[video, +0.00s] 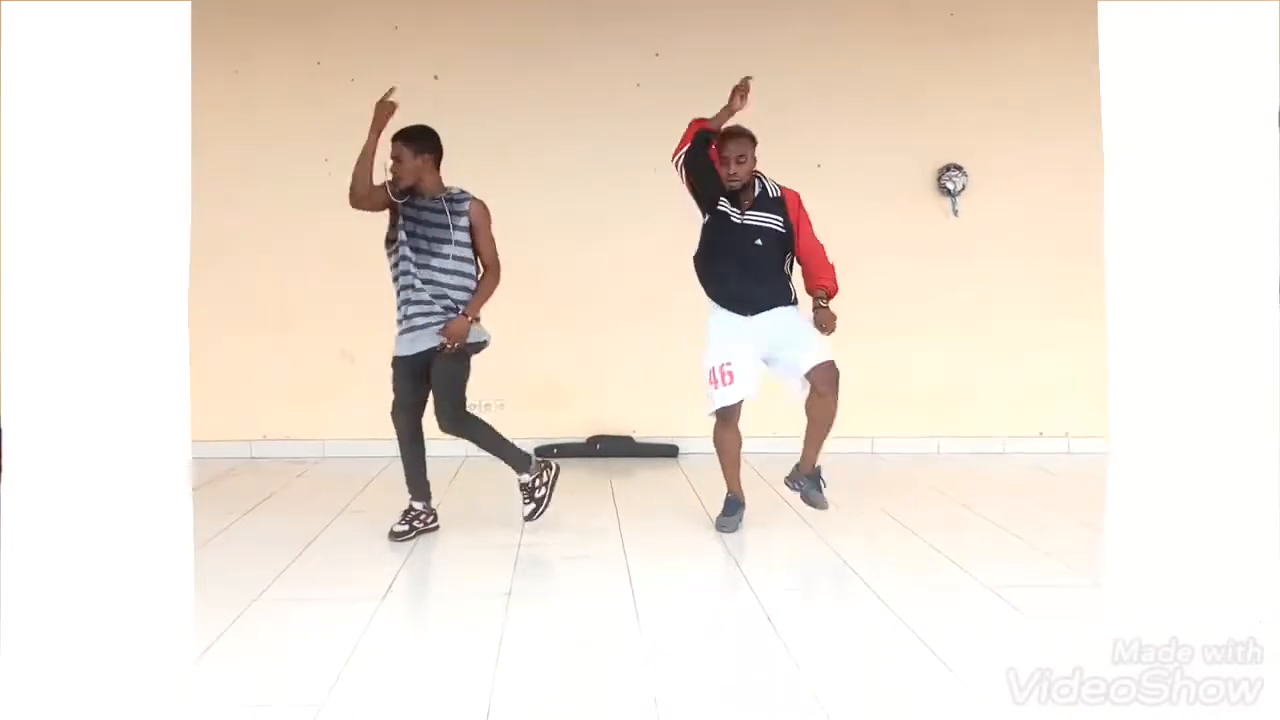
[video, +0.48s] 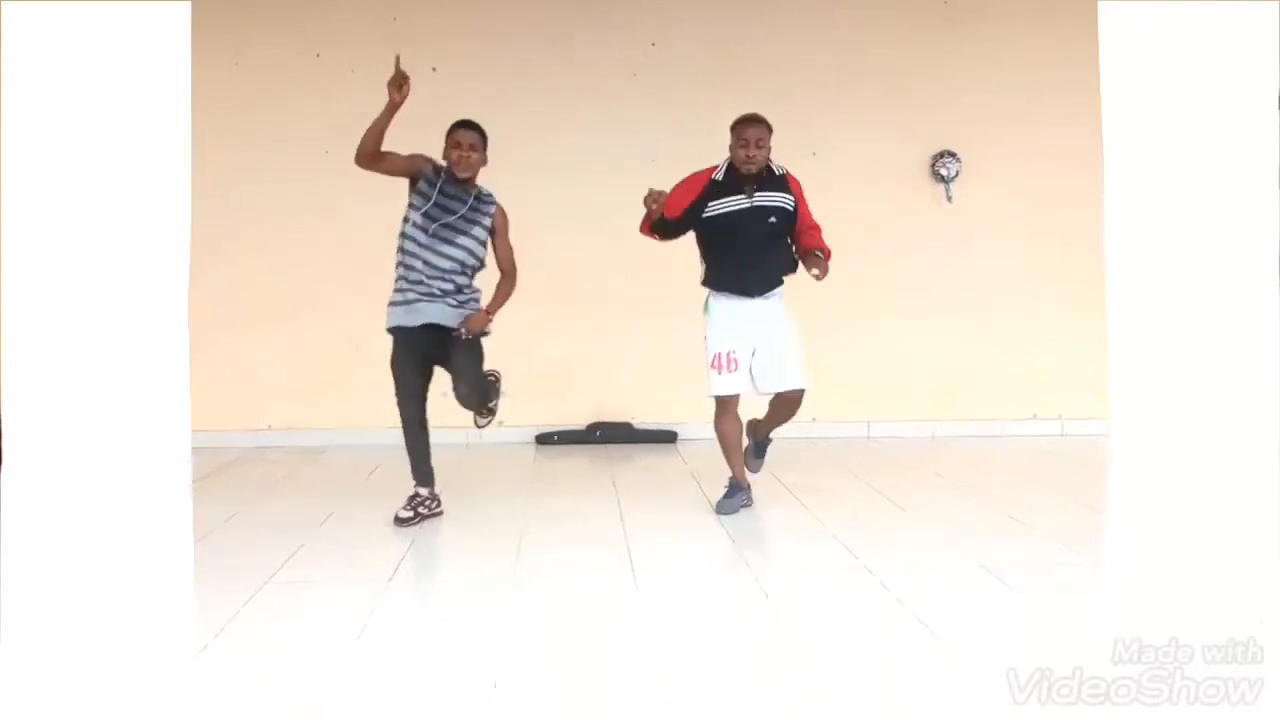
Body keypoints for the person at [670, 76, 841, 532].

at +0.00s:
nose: (733, 170)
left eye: (741, 161)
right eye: (726, 162)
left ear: (755, 160)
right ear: (716, 163)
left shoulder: (784, 200)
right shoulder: (713, 196)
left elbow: (809, 249)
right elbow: (689, 155)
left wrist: (821, 299)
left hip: (780, 316)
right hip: (729, 320)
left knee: (827, 378)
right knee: (726, 412)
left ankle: (806, 470)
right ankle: (734, 495)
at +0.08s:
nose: (704, 179)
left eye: (710, 171)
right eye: (702, 172)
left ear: (736, 167)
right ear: (709, 172)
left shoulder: (784, 201)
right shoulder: (710, 212)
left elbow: (808, 251)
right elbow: (670, 240)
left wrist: (799, 301)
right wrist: (664, 189)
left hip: (785, 323)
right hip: (736, 324)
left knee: (803, 416)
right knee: (732, 415)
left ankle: (760, 438)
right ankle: (745, 497)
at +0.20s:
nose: (696, 197)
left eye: (700, 187)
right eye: (695, 189)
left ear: (726, 184)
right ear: (720, 189)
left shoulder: (774, 210)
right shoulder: (711, 250)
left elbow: (821, 246)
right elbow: (712, 310)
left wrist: (788, 265)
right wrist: (684, 345)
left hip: (777, 335)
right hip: (732, 335)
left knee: (760, 422)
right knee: (728, 417)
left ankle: (742, 463)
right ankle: (744, 495)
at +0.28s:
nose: (705, 194)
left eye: (714, 186)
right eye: (703, 186)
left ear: (739, 187)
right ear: (706, 190)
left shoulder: (773, 219)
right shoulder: (719, 235)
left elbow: (826, 222)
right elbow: (723, 284)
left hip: (772, 335)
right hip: (727, 336)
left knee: (758, 412)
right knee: (725, 415)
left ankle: (743, 460)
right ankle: (740, 489)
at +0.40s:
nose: (743, 157)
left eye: (751, 150)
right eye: (735, 150)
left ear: (762, 151)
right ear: (723, 151)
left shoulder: (782, 178)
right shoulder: (710, 204)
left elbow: (833, 201)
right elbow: (702, 261)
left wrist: (805, 207)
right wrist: (669, 269)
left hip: (775, 306)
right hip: (728, 309)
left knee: (774, 402)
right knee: (728, 399)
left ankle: (752, 446)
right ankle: (742, 481)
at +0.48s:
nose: (751, 151)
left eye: (759, 144)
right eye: (743, 143)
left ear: (770, 147)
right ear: (731, 145)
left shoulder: (786, 185)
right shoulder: (704, 185)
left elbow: (805, 229)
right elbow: (663, 230)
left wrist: (815, 255)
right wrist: (654, 214)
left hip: (771, 303)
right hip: (725, 305)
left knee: (792, 393)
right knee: (727, 398)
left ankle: (761, 431)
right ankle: (739, 483)